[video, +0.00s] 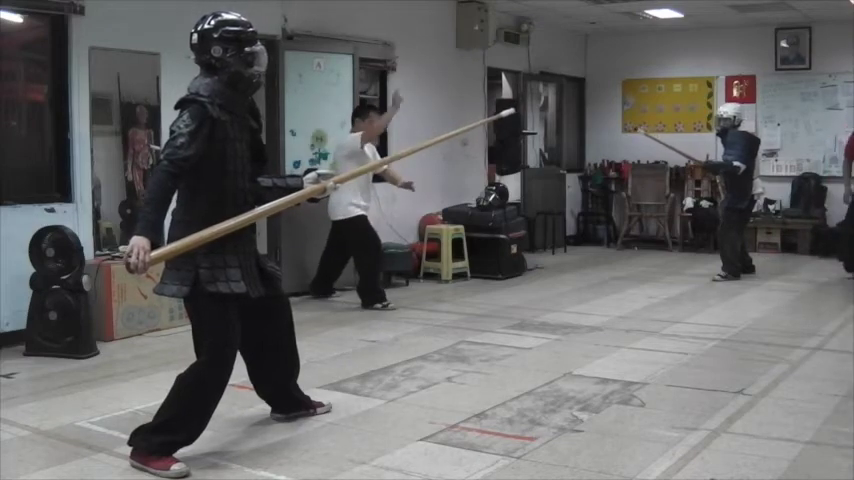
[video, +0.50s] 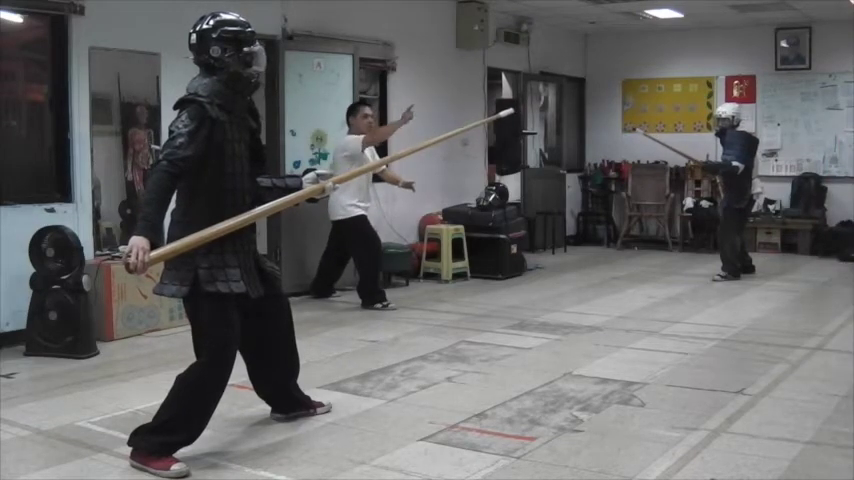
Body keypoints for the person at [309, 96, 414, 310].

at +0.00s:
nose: (379, 127)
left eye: (380, 123)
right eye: (376, 122)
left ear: (367, 123)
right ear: (363, 123)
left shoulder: (369, 150)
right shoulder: (347, 143)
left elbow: (384, 169)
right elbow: (374, 130)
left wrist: (400, 182)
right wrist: (393, 111)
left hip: (355, 208)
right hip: (345, 208)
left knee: (337, 251)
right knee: (370, 247)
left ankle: (320, 287)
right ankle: (371, 298)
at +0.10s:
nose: (374, 127)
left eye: (376, 123)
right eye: (370, 121)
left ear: (374, 124)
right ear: (356, 121)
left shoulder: (368, 149)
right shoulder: (346, 143)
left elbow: (382, 170)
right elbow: (375, 138)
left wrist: (400, 182)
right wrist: (398, 119)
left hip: (355, 208)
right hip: (345, 208)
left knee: (337, 251)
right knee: (370, 247)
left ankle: (321, 287)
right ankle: (371, 298)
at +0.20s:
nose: (374, 124)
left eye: (376, 120)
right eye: (369, 119)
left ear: (375, 123)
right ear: (355, 121)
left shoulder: (368, 150)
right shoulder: (346, 143)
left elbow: (382, 170)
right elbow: (375, 139)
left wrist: (400, 181)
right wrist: (401, 123)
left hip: (355, 208)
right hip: (345, 209)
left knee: (337, 251)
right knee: (370, 246)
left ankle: (321, 288)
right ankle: (371, 298)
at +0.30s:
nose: (372, 121)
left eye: (374, 117)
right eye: (367, 117)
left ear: (374, 121)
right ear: (352, 120)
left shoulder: (368, 149)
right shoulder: (348, 143)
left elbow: (382, 171)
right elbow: (376, 139)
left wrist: (400, 182)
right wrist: (401, 123)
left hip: (355, 208)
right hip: (344, 208)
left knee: (336, 251)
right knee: (370, 246)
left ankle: (321, 288)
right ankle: (371, 298)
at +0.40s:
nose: (371, 120)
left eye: (372, 117)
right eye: (366, 116)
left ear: (373, 120)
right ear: (352, 121)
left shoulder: (368, 150)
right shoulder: (347, 143)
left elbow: (382, 171)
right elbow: (376, 139)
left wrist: (400, 182)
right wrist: (401, 124)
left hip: (355, 208)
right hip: (345, 208)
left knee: (337, 252)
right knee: (370, 246)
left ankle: (321, 288)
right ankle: (371, 298)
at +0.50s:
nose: (371, 120)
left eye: (372, 117)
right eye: (365, 117)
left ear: (372, 120)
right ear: (351, 120)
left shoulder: (368, 149)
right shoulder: (345, 143)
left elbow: (382, 171)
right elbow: (375, 138)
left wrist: (400, 182)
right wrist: (400, 123)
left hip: (355, 207)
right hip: (345, 208)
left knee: (337, 251)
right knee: (370, 246)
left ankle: (321, 288)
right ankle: (371, 298)